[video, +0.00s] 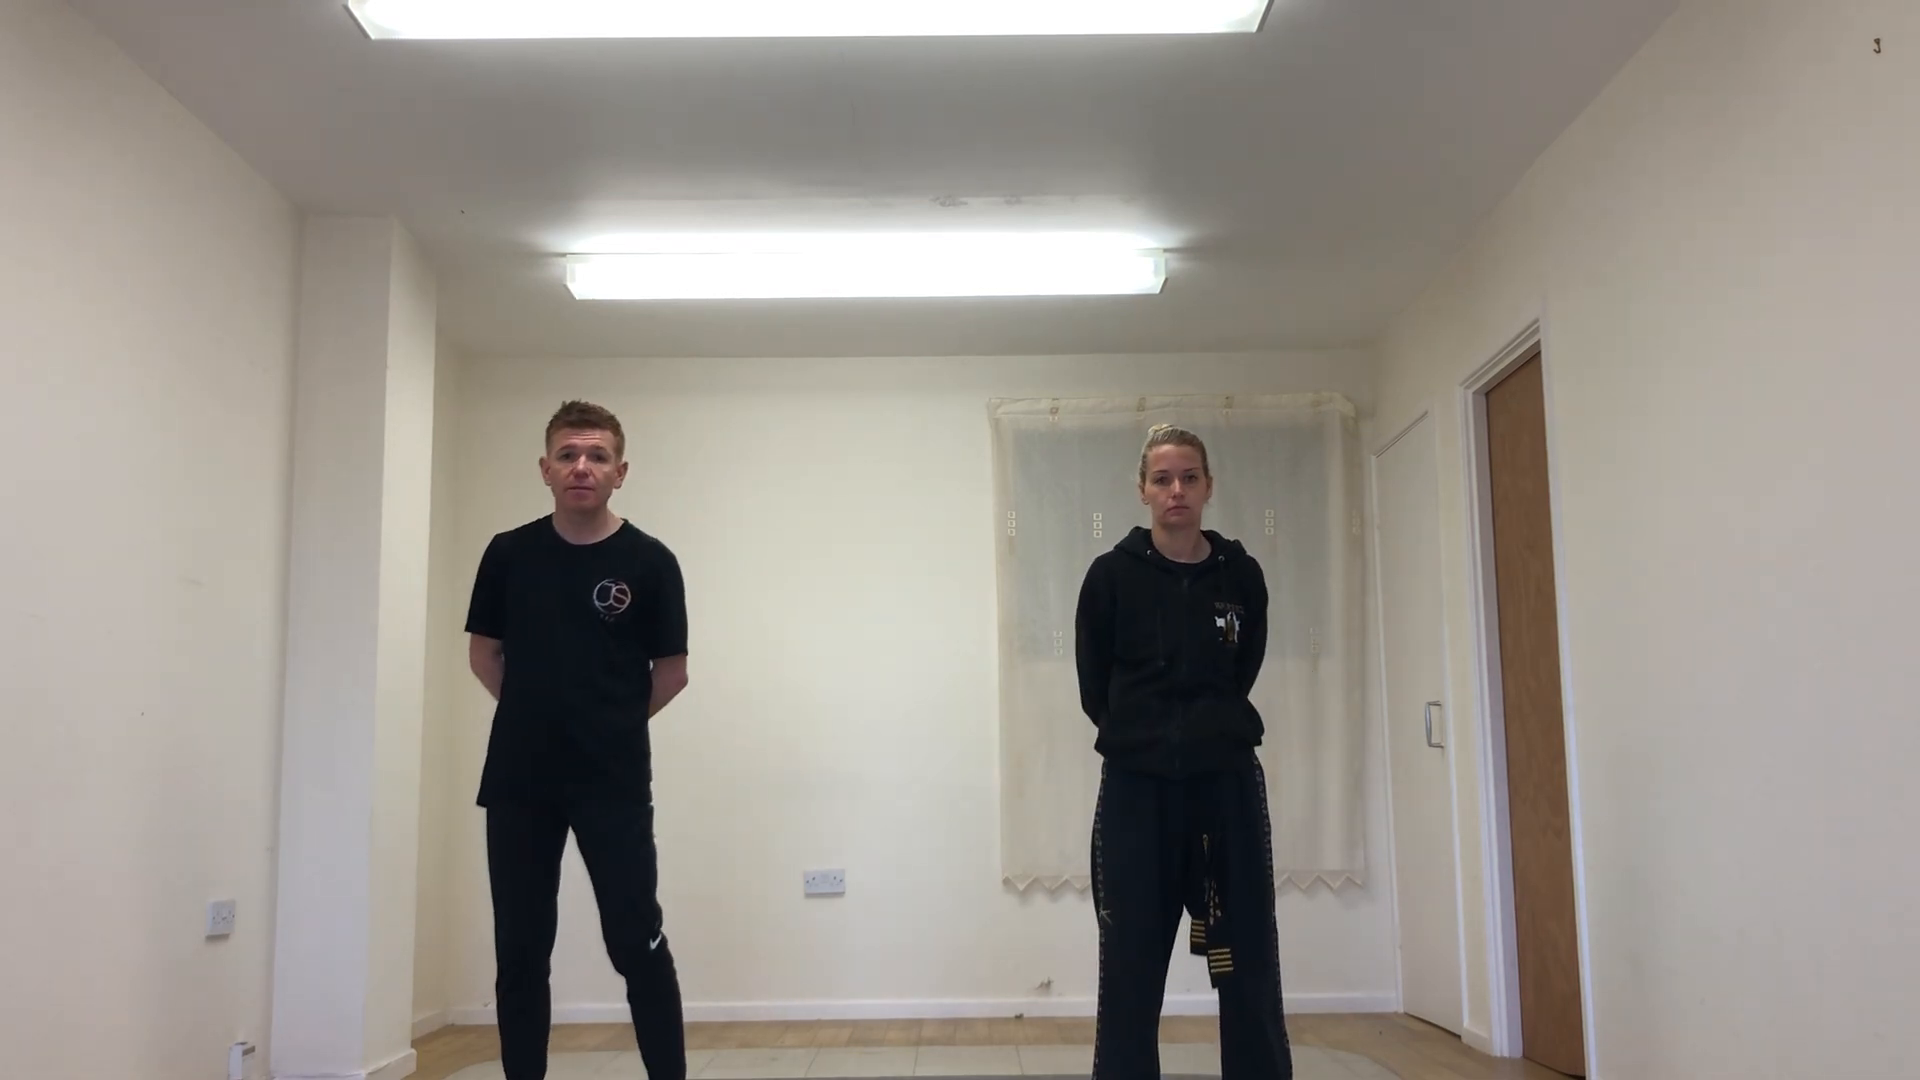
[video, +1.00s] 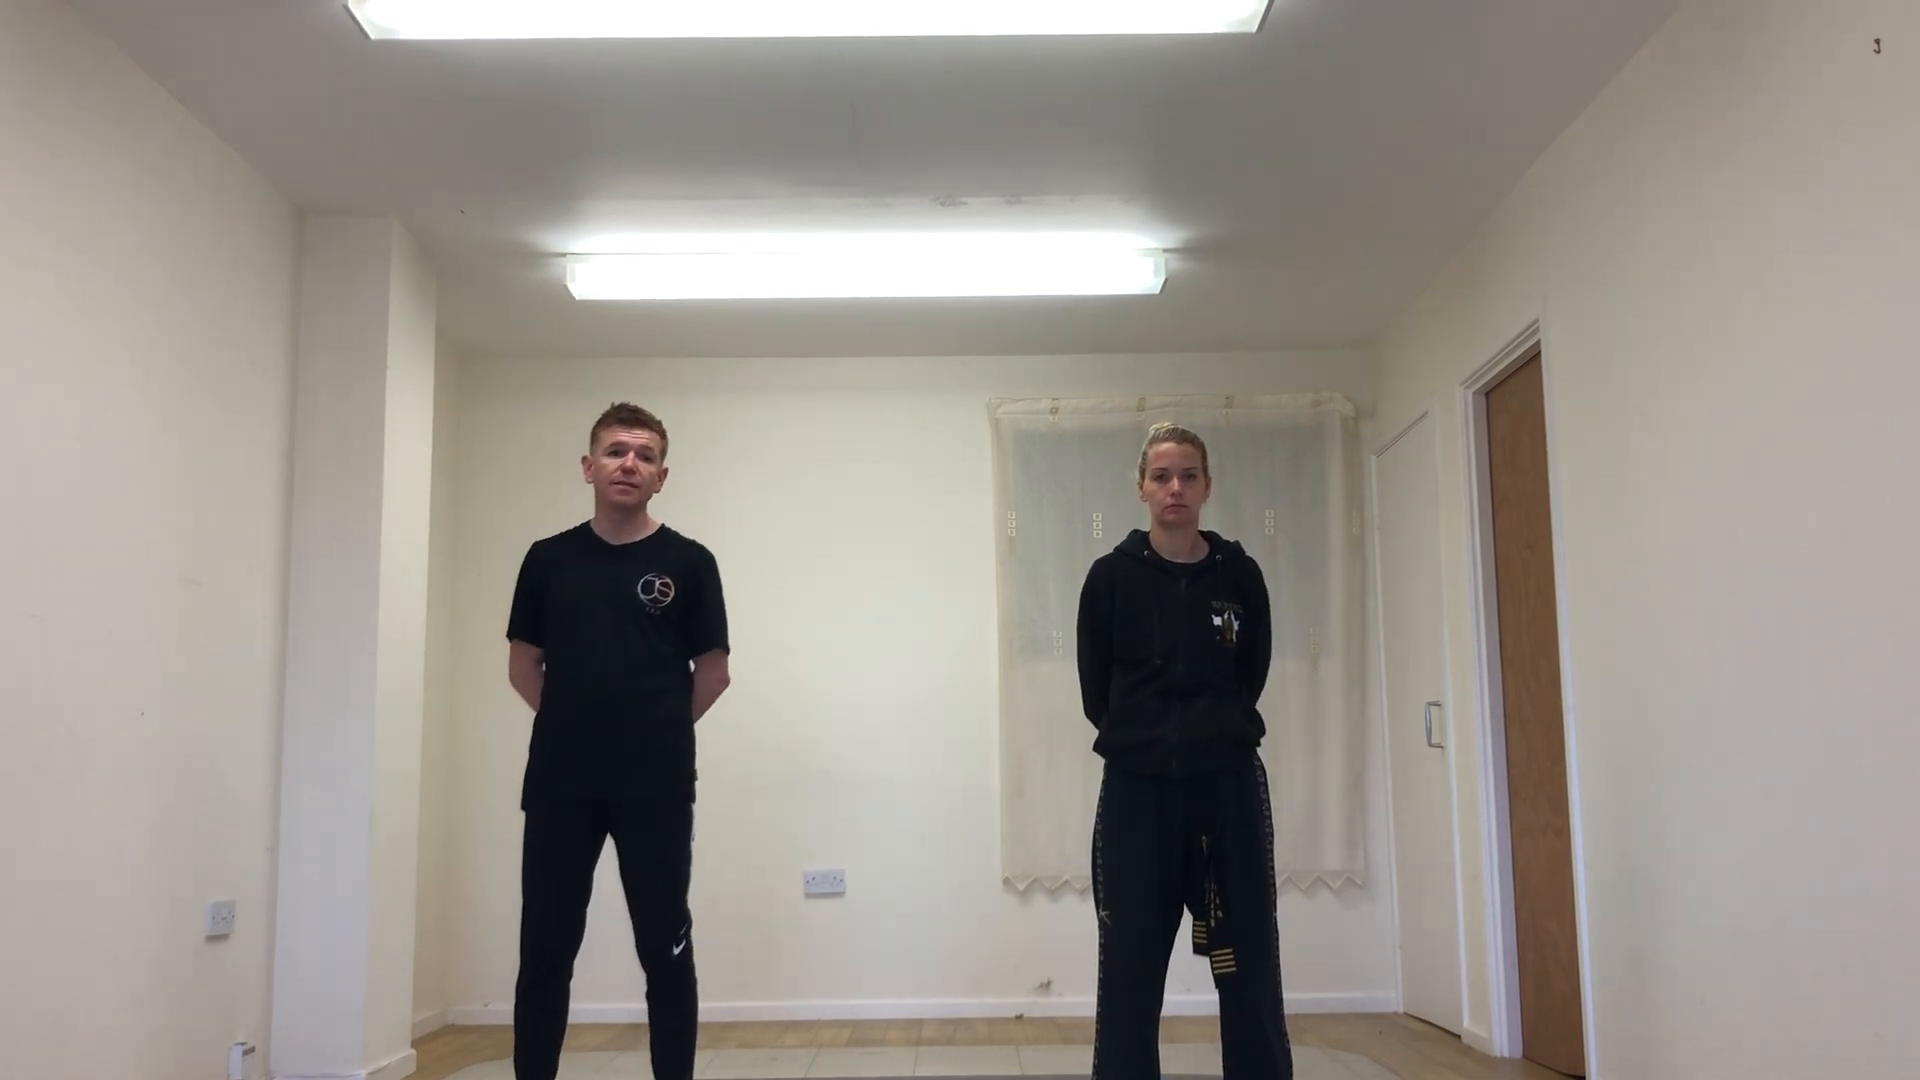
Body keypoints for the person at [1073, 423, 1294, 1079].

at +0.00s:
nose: (1176, 490)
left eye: (1188, 478)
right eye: (1161, 480)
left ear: (1207, 487)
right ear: (1144, 492)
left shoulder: (1241, 571)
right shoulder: (1110, 573)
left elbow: (1247, 665)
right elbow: (1093, 681)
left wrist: (1208, 723)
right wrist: (1141, 734)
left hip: (1228, 780)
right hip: (1138, 781)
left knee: (1249, 962)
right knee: (1131, 965)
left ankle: (1260, 1077)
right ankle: (1124, 1077)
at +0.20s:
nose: (1178, 491)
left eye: (1190, 479)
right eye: (1164, 480)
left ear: (1209, 489)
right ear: (1145, 491)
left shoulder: (1241, 571)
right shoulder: (1111, 573)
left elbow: (1252, 665)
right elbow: (1093, 680)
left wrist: (1213, 727)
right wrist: (1138, 737)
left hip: (1228, 780)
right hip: (1137, 782)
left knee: (1248, 959)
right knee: (1130, 966)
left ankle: (1261, 1076)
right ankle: (1124, 1078)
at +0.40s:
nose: (1178, 491)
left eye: (1191, 479)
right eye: (1164, 480)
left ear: (1210, 488)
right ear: (1146, 490)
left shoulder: (1241, 571)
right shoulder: (1111, 573)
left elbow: (1257, 669)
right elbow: (1094, 678)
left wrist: (1217, 730)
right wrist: (1137, 737)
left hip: (1229, 780)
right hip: (1137, 781)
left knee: (1248, 960)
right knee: (1130, 965)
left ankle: (1260, 1075)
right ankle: (1125, 1077)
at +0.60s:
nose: (1178, 490)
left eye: (1191, 478)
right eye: (1164, 479)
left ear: (1209, 488)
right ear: (1145, 490)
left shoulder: (1241, 571)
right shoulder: (1112, 573)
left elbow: (1256, 669)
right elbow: (1094, 679)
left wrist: (1217, 729)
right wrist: (1137, 738)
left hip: (1230, 779)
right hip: (1138, 781)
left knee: (1249, 958)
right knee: (1131, 962)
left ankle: (1260, 1076)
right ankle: (1125, 1077)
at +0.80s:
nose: (1176, 488)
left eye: (1189, 476)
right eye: (1162, 478)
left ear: (1207, 487)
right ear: (1144, 489)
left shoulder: (1240, 570)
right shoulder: (1111, 573)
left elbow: (1255, 668)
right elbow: (1093, 680)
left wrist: (1217, 730)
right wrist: (1136, 739)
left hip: (1229, 779)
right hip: (1138, 780)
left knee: (1249, 959)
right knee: (1130, 963)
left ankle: (1260, 1077)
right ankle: (1124, 1078)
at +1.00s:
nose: (1175, 488)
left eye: (1188, 476)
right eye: (1161, 477)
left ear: (1206, 486)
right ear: (1143, 488)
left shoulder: (1239, 570)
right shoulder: (1110, 574)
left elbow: (1255, 668)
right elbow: (1094, 681)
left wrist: (1216, 730)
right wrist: (1137, 740)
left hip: (1229, 780)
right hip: (1138, 782)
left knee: (1249, 961)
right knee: (1130, 966)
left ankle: (1261, 1077)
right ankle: (1124, 1079)